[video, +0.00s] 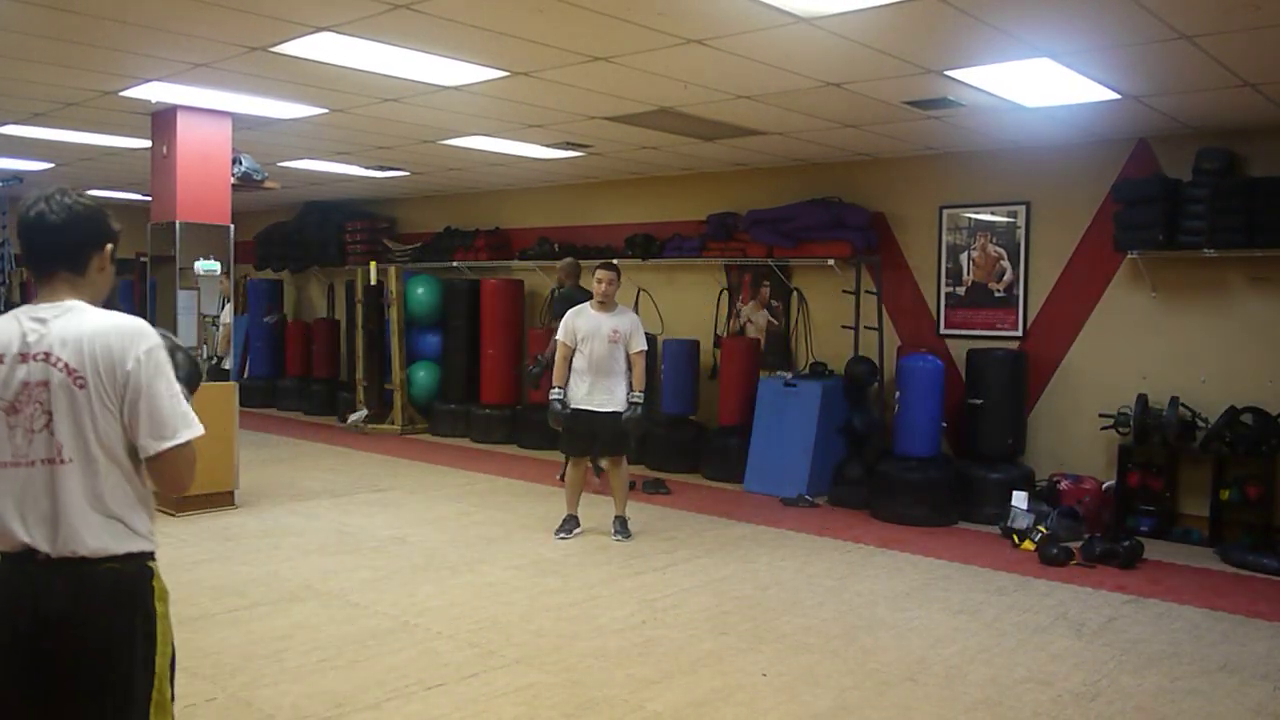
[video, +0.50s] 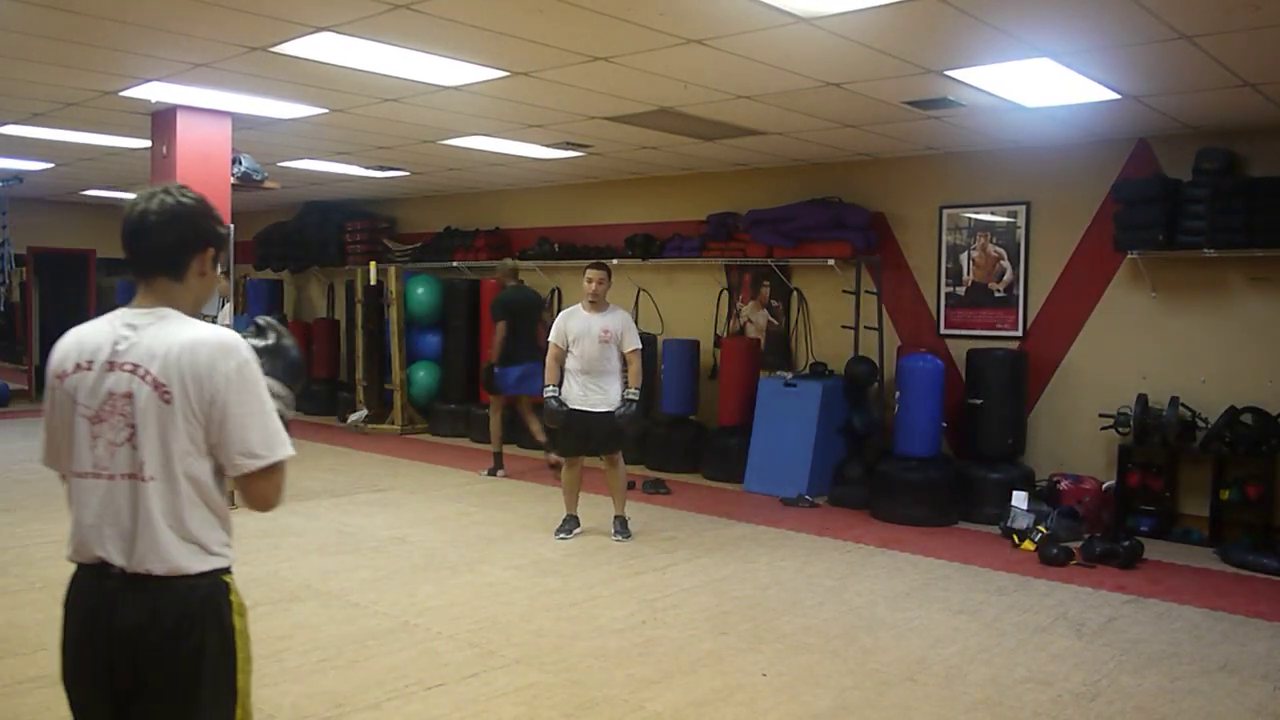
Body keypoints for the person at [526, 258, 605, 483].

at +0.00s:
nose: (556, 277)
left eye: (558, 273)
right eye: (558, 273)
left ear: (564, 275)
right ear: (578, 275)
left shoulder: (560, 297)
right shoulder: (587, 297)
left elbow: (559, 335)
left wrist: (542, 360)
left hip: (568, 361)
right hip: (587, 360)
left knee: (570, 415)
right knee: (586, 414)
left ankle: (570, 464)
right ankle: (595, 460)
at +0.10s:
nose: (547, 274)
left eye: (548, 271)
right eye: (548, 271)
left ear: (552, 273)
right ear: (568, 273)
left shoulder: (552, 296)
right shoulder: (581, 295)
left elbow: (551, 328)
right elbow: (585, 329)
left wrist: (541, 358)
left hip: (555, 361)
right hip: (577, 360)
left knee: (538, 411)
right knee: (569, 412)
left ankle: (565, 445)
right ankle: (569, 464)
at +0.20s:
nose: (536, 275)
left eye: (537, 272)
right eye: (537, 272)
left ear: (541, 273)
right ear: (557, 272)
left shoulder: (543, 295)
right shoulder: (572, 294)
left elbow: (545, 328)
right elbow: (576, 329)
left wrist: (535, 358)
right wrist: (573, 355)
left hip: (545, 361)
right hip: (567, 360)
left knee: (523, 407)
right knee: (564, 409)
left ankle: (536, 448)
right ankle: (568, 460)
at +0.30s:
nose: (524, 277)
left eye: (526, 273)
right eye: (526, 273)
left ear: (530, 275)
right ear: (544, 274)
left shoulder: (530, 296)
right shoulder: (558, 294)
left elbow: (532, 332)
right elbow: (569, 325)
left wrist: (524, 363)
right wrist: (567, 356)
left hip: (534, 366)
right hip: (557, 365)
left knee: (514, 408)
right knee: (558, 413)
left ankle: (507, 461)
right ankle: (567, 463)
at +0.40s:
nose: (510, 279)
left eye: (512, 276)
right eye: (512, 275)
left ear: (517, 278)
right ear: (530, 277)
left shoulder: (516, 300)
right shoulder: (545, 297)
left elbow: (517, 331)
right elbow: (555, 329)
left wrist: (510, 363)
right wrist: (553, 358)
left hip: (521, 365)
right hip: (544, 363)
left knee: (504, 409)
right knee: (547, 412)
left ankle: (499, 462)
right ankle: (562, 459)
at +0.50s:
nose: (497, 281)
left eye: (498, 277)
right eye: (498, 277)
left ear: (503, 278)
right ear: (517, 276)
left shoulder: (502, 299)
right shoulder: (533, 295)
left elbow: (501, 331)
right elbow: (548, 324)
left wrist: (494, 360)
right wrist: (544, 349)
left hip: (508, 361)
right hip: (532, 359)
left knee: (496, 408)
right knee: (526, 407)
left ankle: (498, 464)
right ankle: (549, 449)